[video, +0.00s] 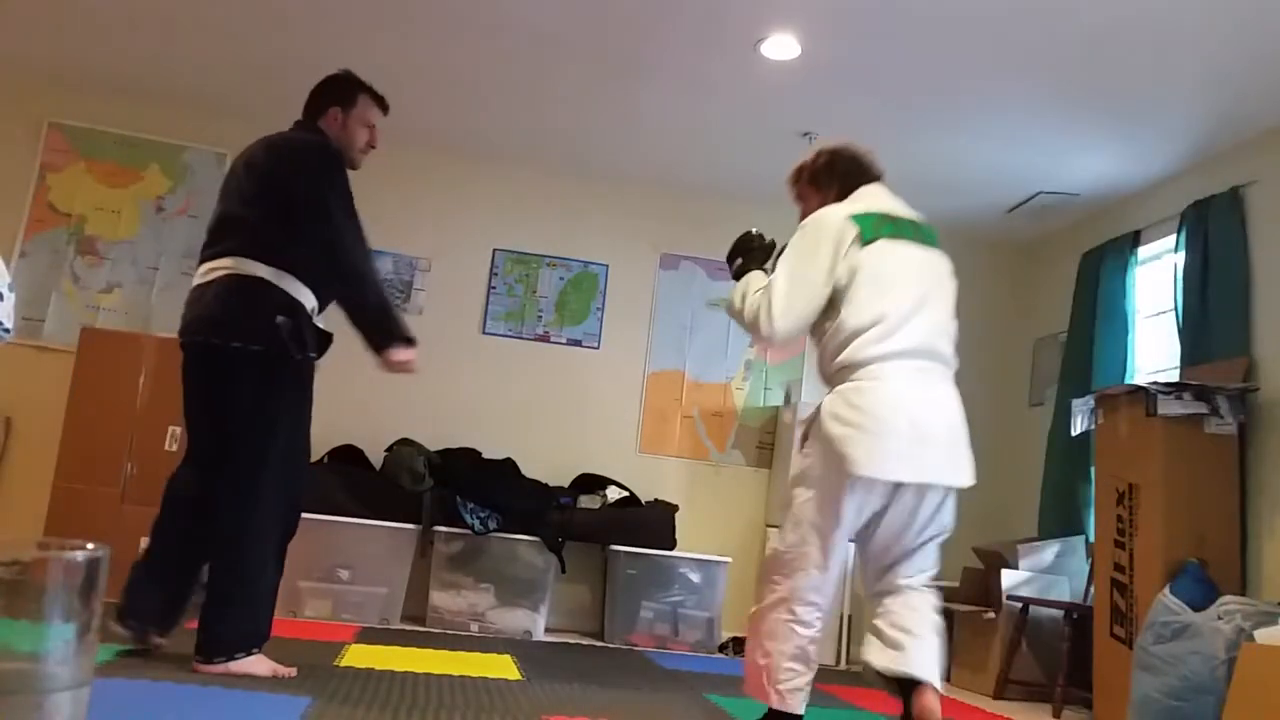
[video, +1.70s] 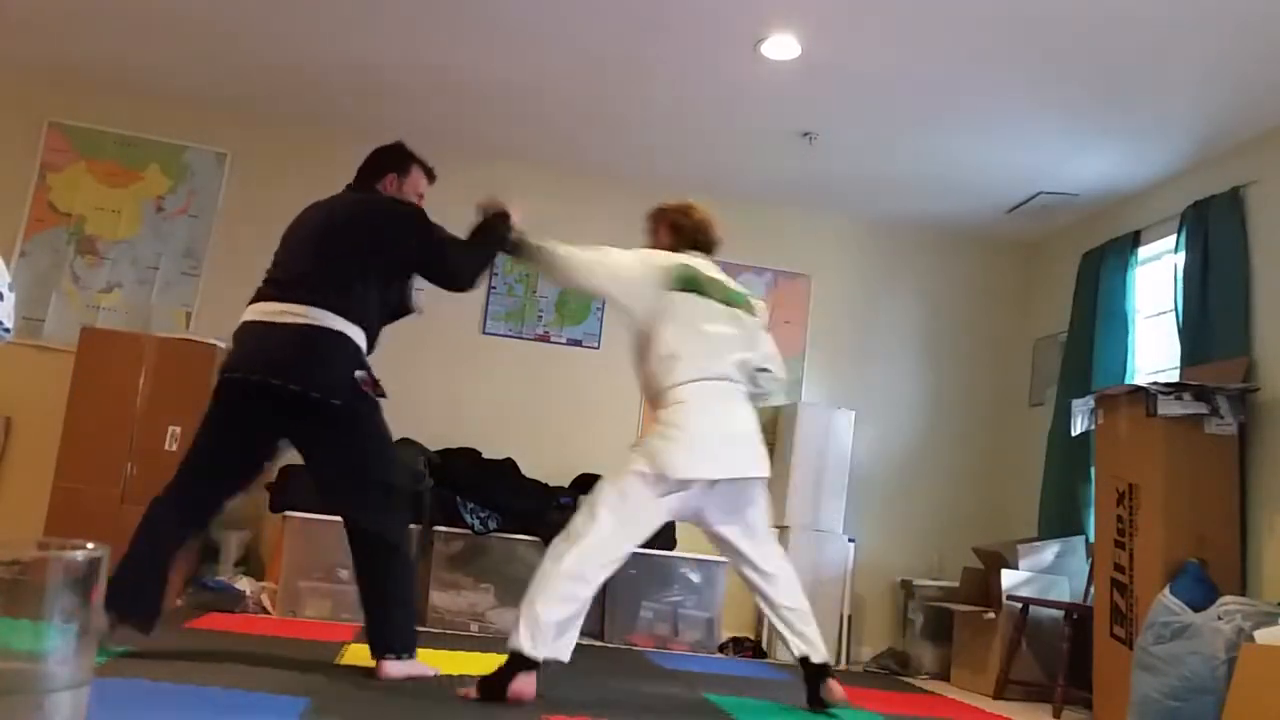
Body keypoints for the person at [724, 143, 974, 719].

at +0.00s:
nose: (801, 214)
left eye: (802, 203)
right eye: (798, 204)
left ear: (821, 189)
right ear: (866, 182)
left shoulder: (831, 223)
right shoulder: (925, 236)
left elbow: (777, 323)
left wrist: (747, 276)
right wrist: (800, 273)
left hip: (862, 422)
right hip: (940, 430)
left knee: (805, 565)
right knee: (908, 577)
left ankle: (784, 705)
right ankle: (923, 691)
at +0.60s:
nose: (809, 260)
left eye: (812, 248)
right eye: (806, 251)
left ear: (835, 238)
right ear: (861, 236)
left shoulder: (858, 268)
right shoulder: (900, 280)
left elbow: (824, 353)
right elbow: (828, 377)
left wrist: (788, 303)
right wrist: (816, 304)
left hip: (860, 435)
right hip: (897, 439)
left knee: (768, 546)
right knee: (874, 575)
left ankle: (781, 684)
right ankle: (914, 698)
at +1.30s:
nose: (747, 274)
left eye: (750, 263)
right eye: (746, 265)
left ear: (770, 258)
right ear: (795, 258)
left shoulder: (783, 289)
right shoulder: (831, 301)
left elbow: (750, 364)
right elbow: (787, 371)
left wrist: (720, 317)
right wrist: (745, 322)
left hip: (792, 445)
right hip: (835, 454)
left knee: (694, 533)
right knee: (793, 578)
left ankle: (716, 663)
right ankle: (836, 691)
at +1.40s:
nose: (739, 279)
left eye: (743, 267)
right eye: (737, 269)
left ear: (766, 262)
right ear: (789, 264)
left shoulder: (775, 295)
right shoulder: (818, 308)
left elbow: (741, 366)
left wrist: (708, 327)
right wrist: (730, 334)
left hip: (781, 444)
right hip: (819, 453)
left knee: (670, 527)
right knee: (784, 579)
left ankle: (668, 661)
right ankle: (830, 688)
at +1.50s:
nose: (720, 271)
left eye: (724, 261)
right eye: (720, 262)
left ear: (744, 257)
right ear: (771, 260)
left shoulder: (755, 288)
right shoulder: (803, 309)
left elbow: (730, 351)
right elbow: (782, 378)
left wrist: (685, 317)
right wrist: (714, 356)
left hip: (752, 439)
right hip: (794, 450)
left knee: (653, 525)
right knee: (782, 571)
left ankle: (604, 656)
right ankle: (833, 686)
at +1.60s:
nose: (690, 255)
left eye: (695, 246)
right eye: (692, 247)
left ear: (712, 246)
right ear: (744, 252)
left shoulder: (717, 275)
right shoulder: (780, 313)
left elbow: (696, 321)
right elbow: (791, 386)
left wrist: (639, 292)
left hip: (715, 434)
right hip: (768, 446)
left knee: (625, 528)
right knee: (780, 564)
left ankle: (551, 648)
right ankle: (832, 683)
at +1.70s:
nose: (649, 242)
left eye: (653, 234)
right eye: (651, 234)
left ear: (668, 234)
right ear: (709, 242)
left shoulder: (655, 268)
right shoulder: (744, 299)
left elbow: (580, 266)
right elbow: (773, 379)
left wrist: (516, 240)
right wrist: (712, 391)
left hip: (680, 440)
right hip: (743, 447)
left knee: (586, 547)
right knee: (764, 557)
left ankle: (521, 665)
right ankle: (818, 674)